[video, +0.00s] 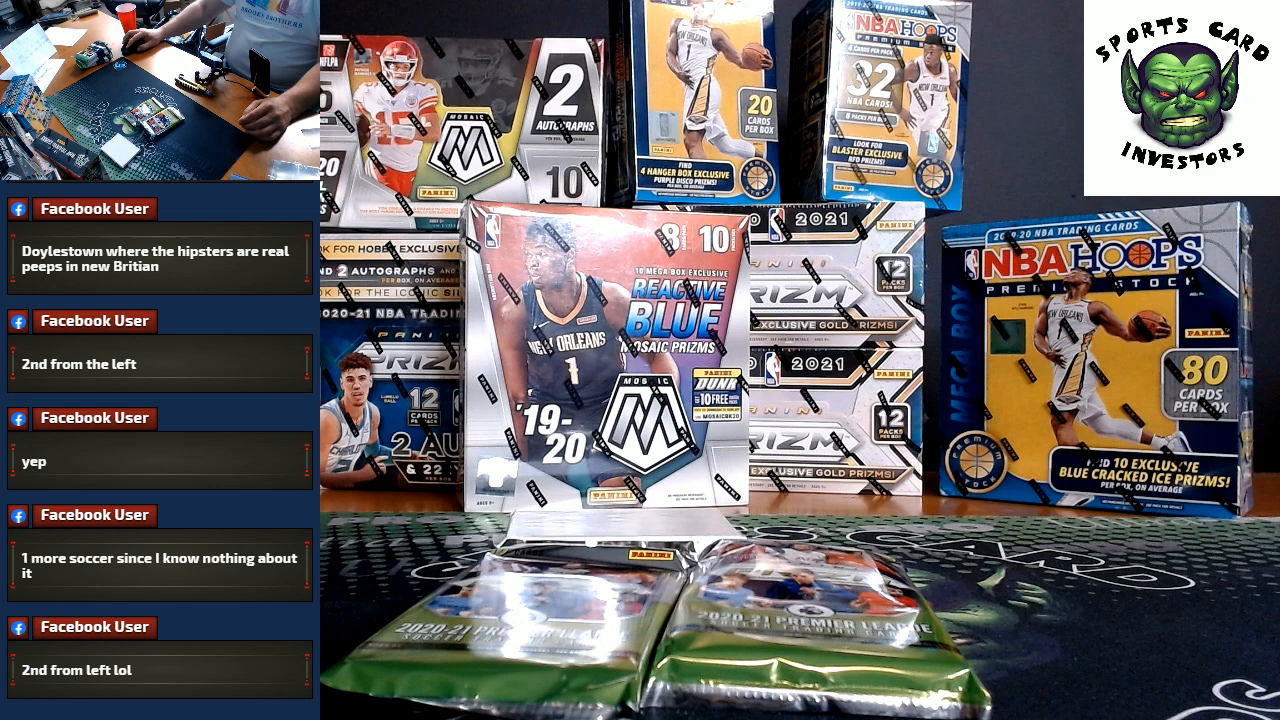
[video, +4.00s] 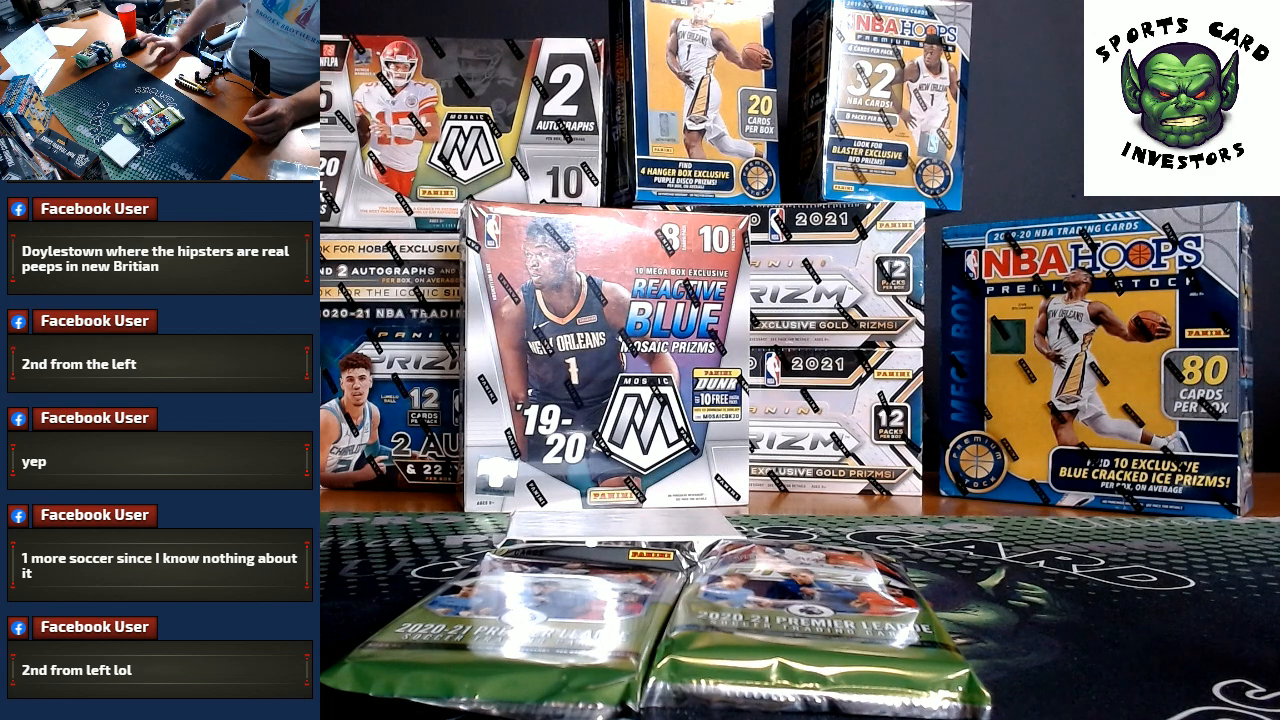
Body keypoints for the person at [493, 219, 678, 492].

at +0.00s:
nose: (532, 263)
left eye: (542, 254)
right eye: (529, 255)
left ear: (570, 256)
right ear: (524, 259)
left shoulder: (612, 299)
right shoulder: (514, 312)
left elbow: (658, 357)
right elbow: (518, 399)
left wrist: (663, 419)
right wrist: (524, 461)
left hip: (610, 419)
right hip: (550, 424)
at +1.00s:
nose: (532, 263)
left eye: (542, 254)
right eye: (529, 255)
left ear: (570, 255)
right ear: (524, 259)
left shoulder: (612, 299)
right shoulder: (514, 312)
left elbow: (658, 357)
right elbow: (518, 399)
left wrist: (663, 417)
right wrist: (524, 461)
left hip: (610, 424)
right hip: (549, 428)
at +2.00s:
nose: (532, 263)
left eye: (542, 254)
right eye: (529, 255)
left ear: (570, 256)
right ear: (524, 258)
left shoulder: (611, 299)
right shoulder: (514, 312)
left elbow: (657, 357)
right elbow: (518, 398)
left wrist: (663, 414)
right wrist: (524, 460)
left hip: (610, 424)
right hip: (549, 428)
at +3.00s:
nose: (532, 263)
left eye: (542, 254)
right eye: (529, 255)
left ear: (569, 255)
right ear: (525, 259)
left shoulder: (611, 299)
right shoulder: (513, 313)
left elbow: (658, 357)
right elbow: (518, 399)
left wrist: (663, 413)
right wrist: (524, 461)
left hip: (610, 421)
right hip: (549, 425)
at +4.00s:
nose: (532, 263)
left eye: (542, 254)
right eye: (529, 255)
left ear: (570, 255)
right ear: (525, 259)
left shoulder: (611, 299)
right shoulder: (513, 313)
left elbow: (658, 357)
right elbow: (518, 398)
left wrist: (662, 413)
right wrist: (524, 460)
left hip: (610, 422)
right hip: (549, 427)